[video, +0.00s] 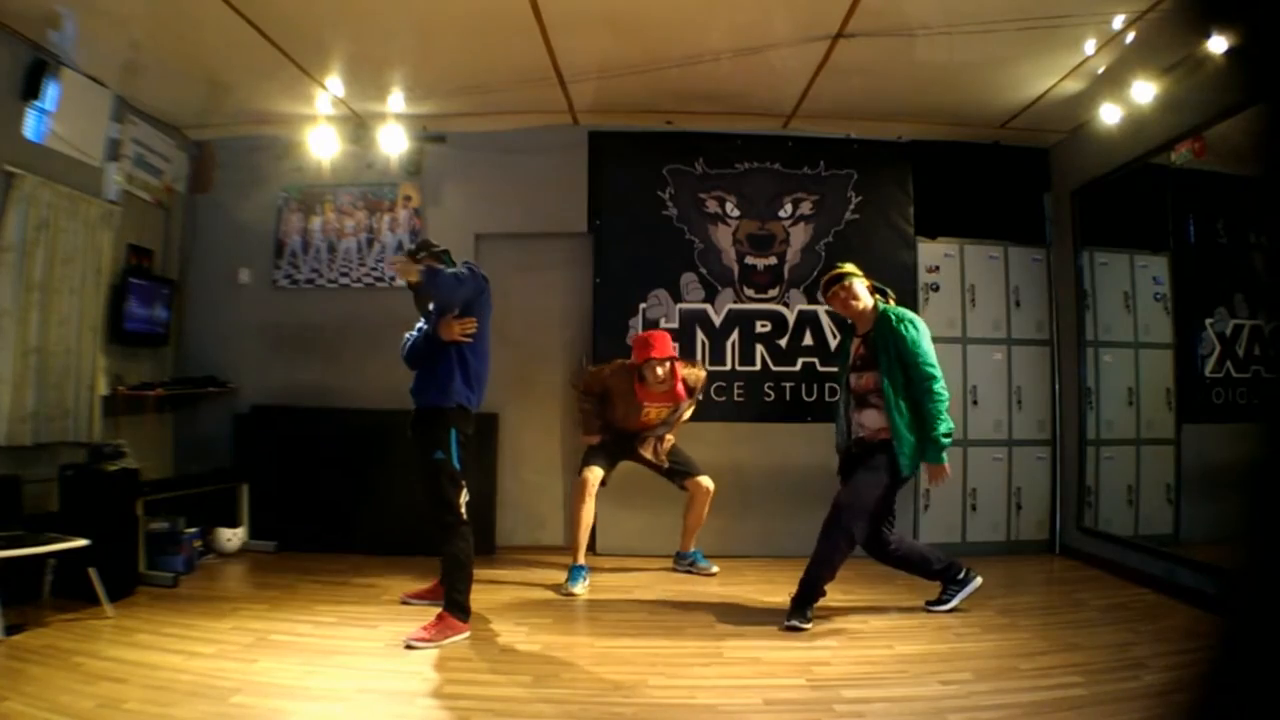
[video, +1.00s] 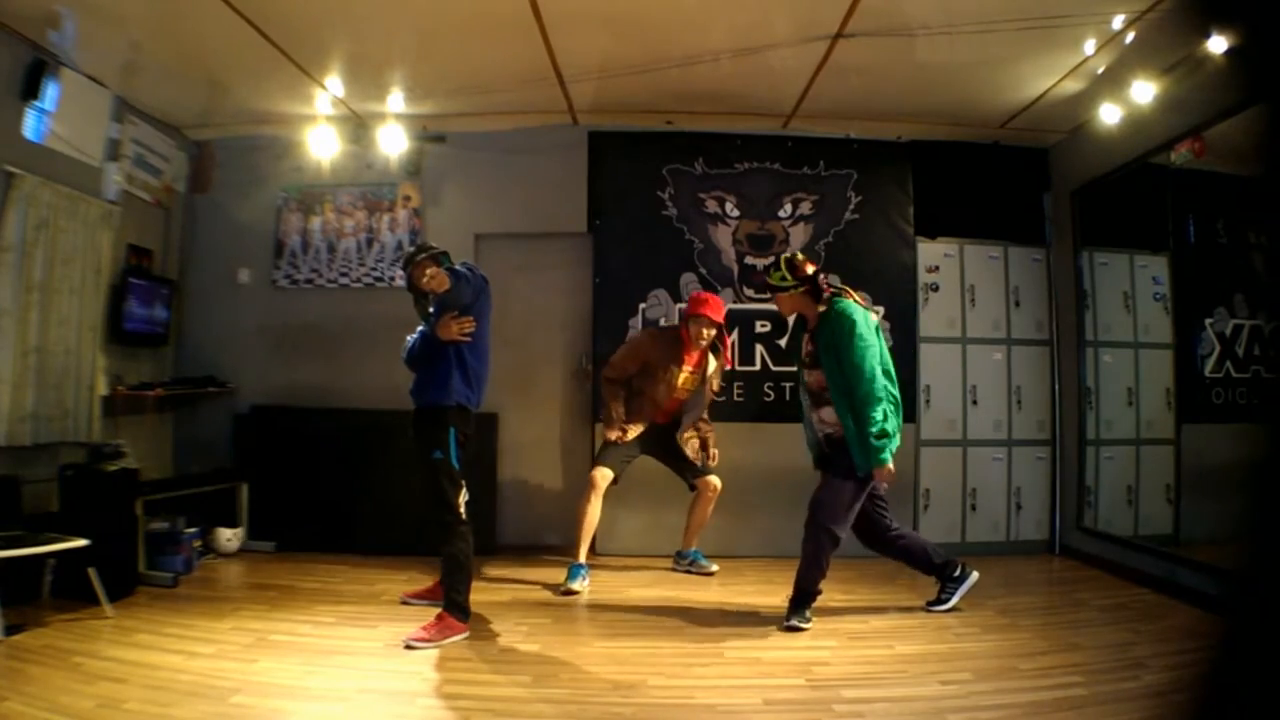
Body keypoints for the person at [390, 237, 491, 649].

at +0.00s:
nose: (410, 287)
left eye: (413, 278)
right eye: (408, 281)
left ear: (431, 265)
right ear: (427, 268)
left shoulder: (472, 279)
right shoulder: (433, 308)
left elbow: (447, 293)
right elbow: (409, 353)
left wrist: (417, 273)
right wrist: (436, 332)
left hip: (453, 407)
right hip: (431, 408)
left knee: (454, 509)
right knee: (440, 502)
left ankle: (456, 613)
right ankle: (447, 582)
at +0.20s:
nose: (426, 280)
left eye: (429, 270)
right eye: (419, 278)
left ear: (443, 263)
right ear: (416, 285)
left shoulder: (472, 282)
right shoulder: (435, 308)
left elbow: (454, 284)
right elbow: (409, 354)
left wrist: (416, 332)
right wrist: (434, 332)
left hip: (453, 407)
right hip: (431, 408)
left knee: (455, 509)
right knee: (442, 502)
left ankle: (455, 613)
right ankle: (448, 582)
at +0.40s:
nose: (429, 277)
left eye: (431, 267)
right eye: (420, 277)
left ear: (444, 262)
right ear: (418, 285)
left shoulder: (471, 284)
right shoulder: (436, 307)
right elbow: (411, 355)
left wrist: (415, 337)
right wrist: (434, 332)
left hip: (453, 407)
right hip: (432, 407)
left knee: (455, 508)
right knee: (443, 502)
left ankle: (455, 613)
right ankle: (448, 582)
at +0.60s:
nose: (427, 279)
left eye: (430, 270)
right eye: (419, 279)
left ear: (443, 262)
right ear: (416, 286)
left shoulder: (471, 281)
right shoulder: (435, 308)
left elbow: (453, 288)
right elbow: (410, 355)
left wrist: (416, 335)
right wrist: (434, 332)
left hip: (453, 406)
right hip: (432, 407)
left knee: (455, 508)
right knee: (444, 502)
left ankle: (455, 613)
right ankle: (448, 583)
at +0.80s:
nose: (427, 280)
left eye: (430, 270)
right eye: (419, 279)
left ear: (444, 264)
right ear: (417, 286)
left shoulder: (471, 281)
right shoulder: (435, 309)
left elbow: (455, 293)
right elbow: (410, 355)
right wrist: (434, 333)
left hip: (453, 407)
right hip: (432, 408)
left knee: (455, 508)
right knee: (443, 502)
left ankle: (455, 613)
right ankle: (447, 582)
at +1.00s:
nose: (428, 280)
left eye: (430, 271)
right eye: (420, 279)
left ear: (444, 264)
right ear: (417, 286)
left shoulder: (471, 280)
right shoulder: (434, 309)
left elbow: (455, 295)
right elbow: (411, 355)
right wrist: (434, 333)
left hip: (454, 406)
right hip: (431, 408)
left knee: (455, 508)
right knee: (442, 502)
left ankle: (455, 614)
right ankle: (447, 582)